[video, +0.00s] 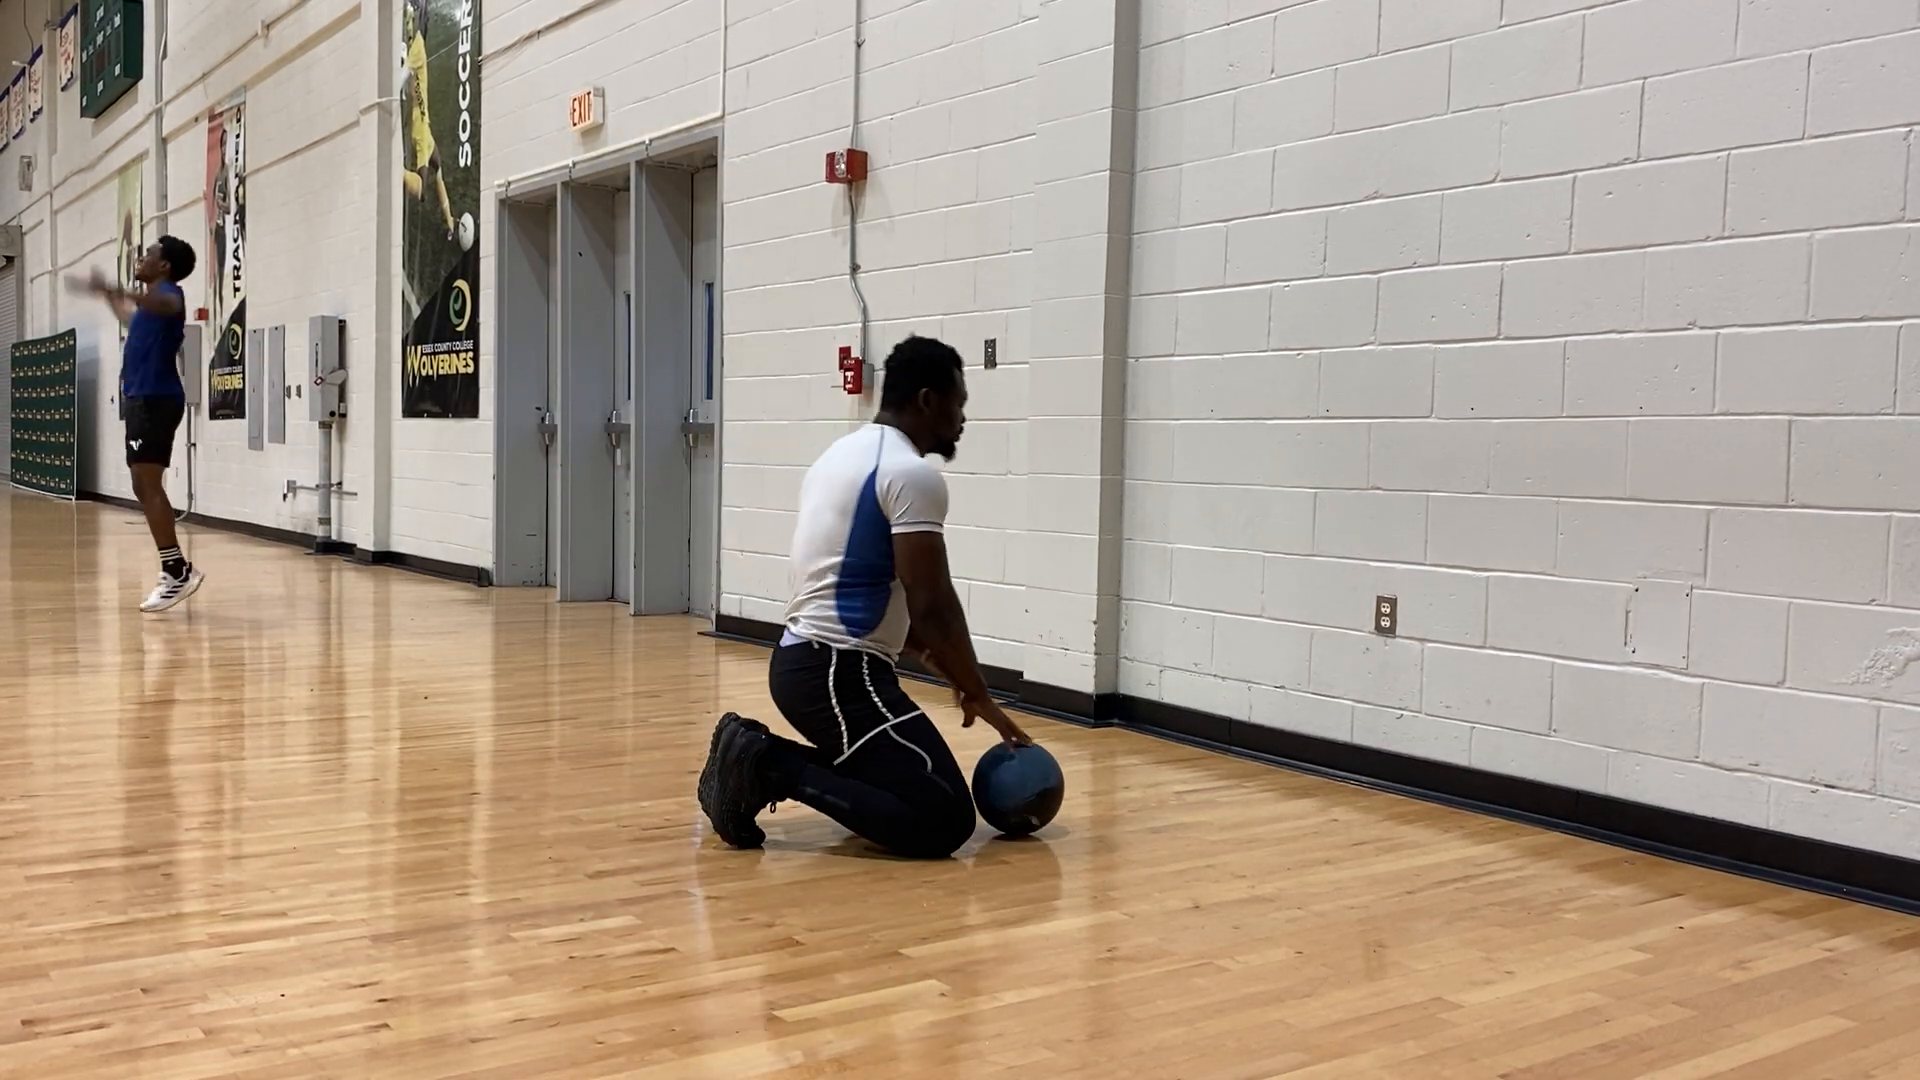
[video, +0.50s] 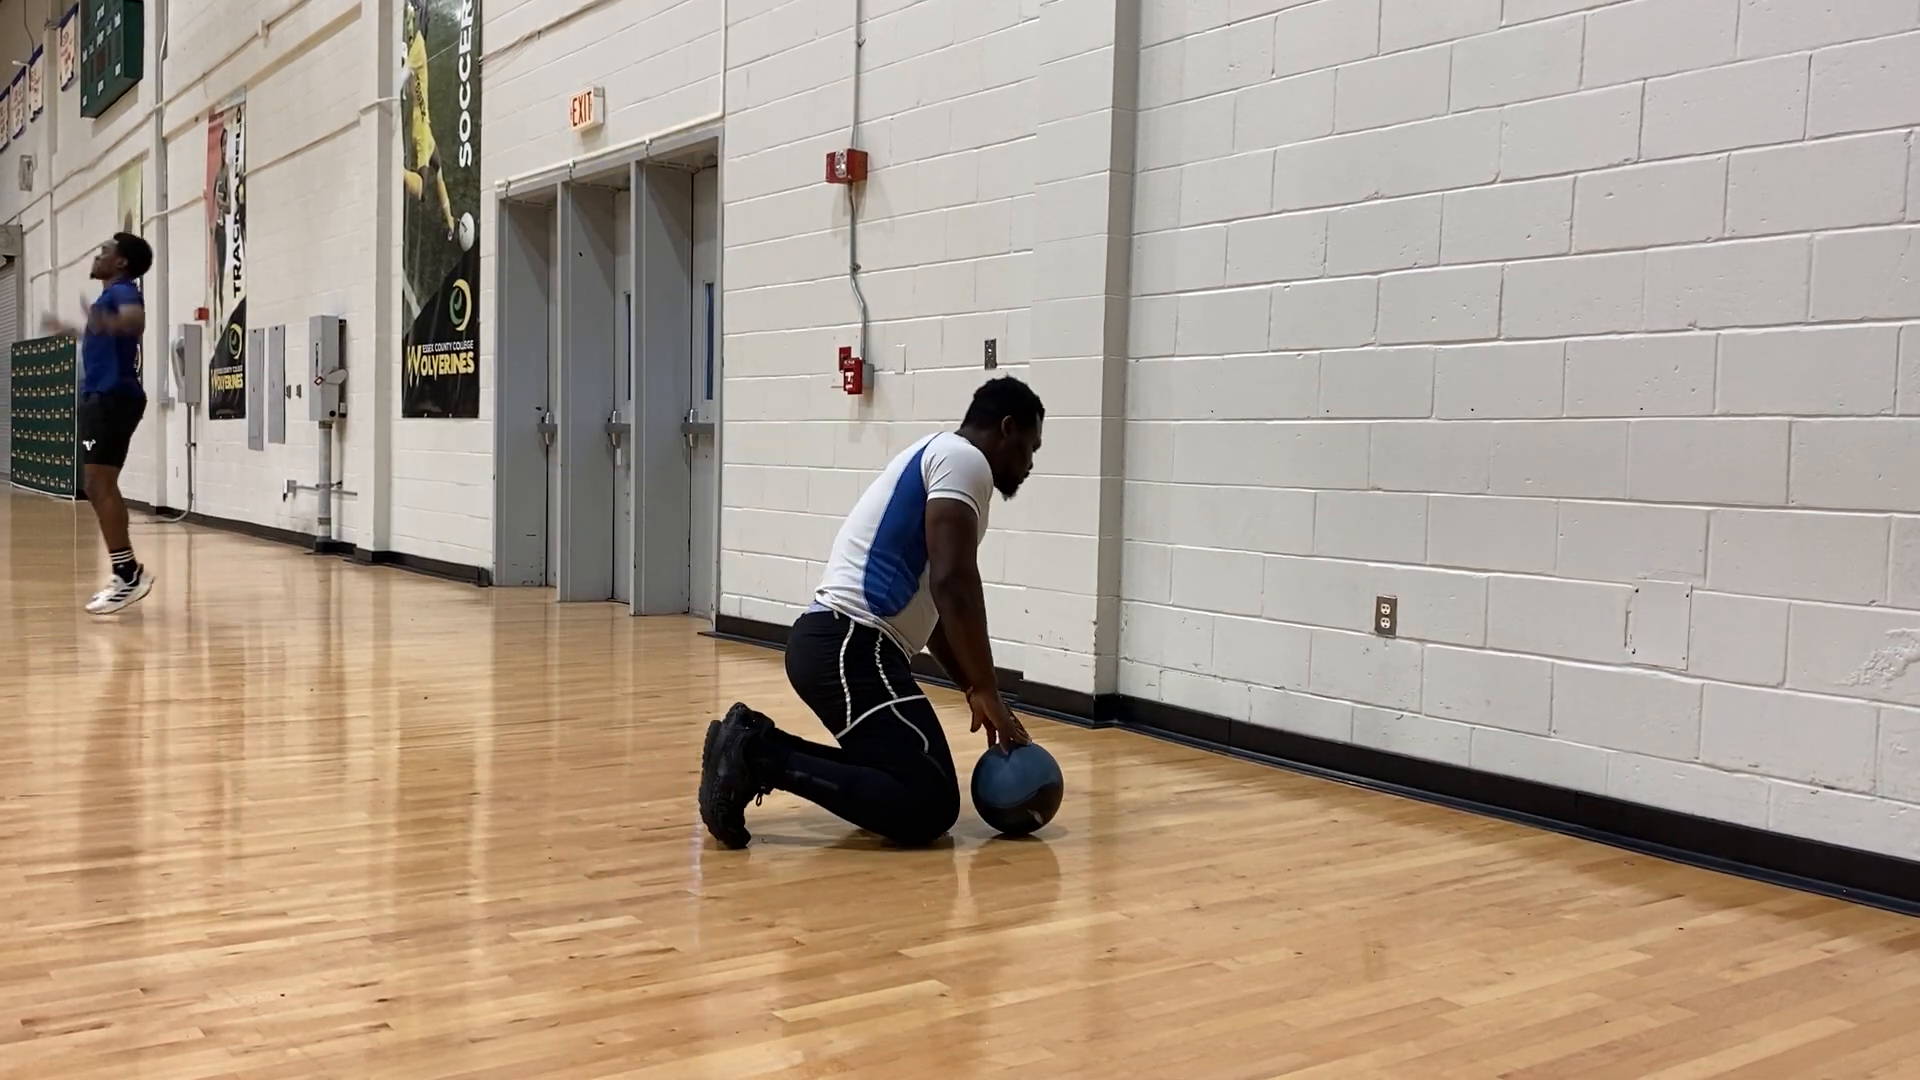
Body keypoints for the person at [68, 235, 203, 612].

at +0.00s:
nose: (142, 257)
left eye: (149, 254)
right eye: (146, 252)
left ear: (164, 264)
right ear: (163, 265)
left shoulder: (168, 292)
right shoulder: (151, 300)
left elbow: (165, 306)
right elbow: (129, 318)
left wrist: (112, 291)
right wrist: (107, 295)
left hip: (155, 399)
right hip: (143, 399)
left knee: (147, 487)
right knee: (146, 487)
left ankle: (176, 573)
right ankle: (177, 570)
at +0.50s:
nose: (98, 254)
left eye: (106, 250)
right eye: (102, 249)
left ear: (121, 262)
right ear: (117, 262)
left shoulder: (124, 291)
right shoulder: (109, 296)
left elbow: (135, 322)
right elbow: (101, 336)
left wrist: (102, 320)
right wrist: (65, 328)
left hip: (116, 397)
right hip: (103, 397)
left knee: (101, 486)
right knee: (96, 488)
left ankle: (126, 577)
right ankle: (128, 572)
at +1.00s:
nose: (57, 262)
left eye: (66, 258)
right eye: (60, 257)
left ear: (81, 266)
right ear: (66, 269)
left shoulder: (88, 296)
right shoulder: (68, 298)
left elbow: (103, 271)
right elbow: (53, 271)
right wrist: (45, 228)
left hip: (82, 405)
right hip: (67, 405)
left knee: (67, 494)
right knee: (65, 494)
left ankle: (95, 583)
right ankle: (94, 581)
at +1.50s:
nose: (17, 274)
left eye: (26, 269)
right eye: (21, 268)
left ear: (44, 281)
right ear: (41, 282)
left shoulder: (49, 319)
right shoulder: (32, 319)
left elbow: (65, 380)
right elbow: (37, 378)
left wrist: (39, 423)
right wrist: (15, 410)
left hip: (50, 424)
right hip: (35, 422)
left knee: (16, 505)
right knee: (15, 505)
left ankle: (60, 591)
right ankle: (58, 589)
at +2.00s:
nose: (9, 273)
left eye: (16, 269)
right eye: (14, 269)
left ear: (22, 280)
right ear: (23, 282)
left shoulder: (15, 308)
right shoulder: (15, 311)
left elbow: (11, 263)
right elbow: (13, 261)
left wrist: (4, 221)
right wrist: (7, 223)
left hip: (19, 420)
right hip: (17, 419)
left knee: (5, 510)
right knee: (5, 510)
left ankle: (43, 591)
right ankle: (40, 590)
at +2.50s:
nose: (14, 279)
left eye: (11, 267)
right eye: (14, 270)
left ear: (2, 269)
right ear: (12, 271)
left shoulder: (6, 310)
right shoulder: (6, 310)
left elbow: (11, 363)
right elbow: (11, 363)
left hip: (2, 418)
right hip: (3, 417)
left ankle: (3, 582)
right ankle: (2, 581)